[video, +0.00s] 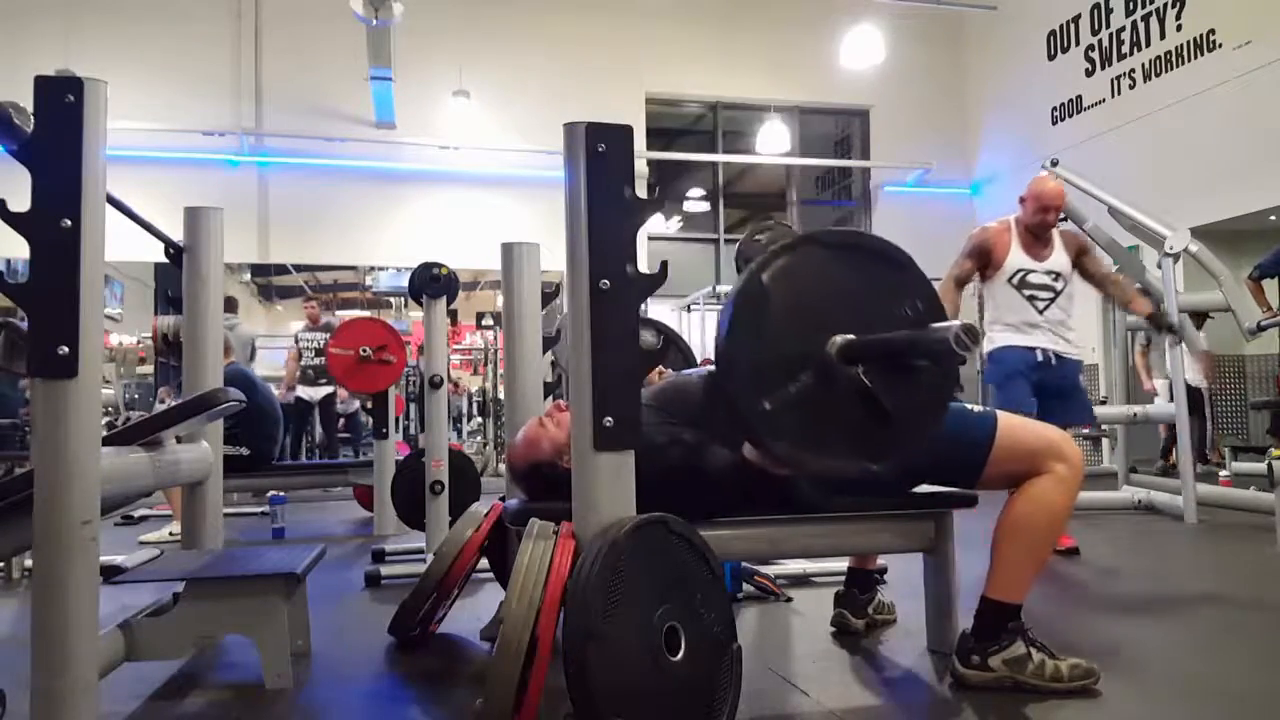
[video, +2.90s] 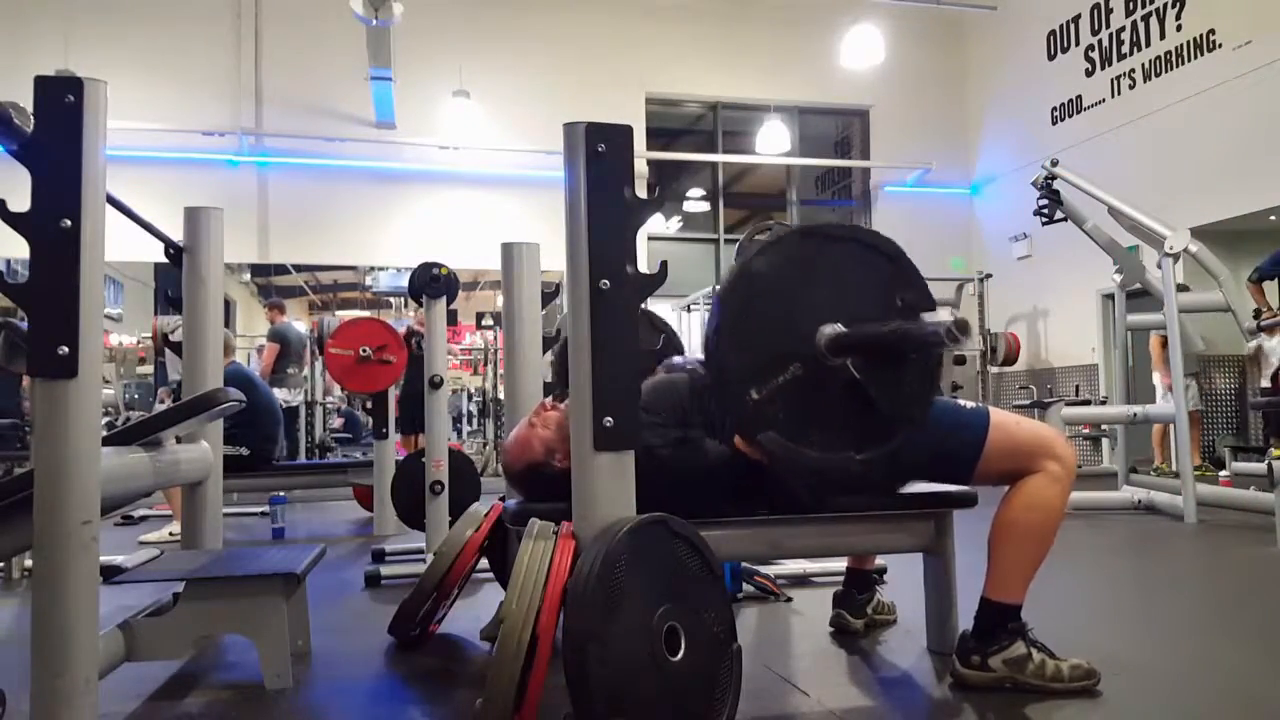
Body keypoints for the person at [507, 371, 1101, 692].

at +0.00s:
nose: (550, 407)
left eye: (539, 414)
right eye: (544, 424)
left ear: (557, 425)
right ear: (562, 454)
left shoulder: (617, 423)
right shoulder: (630, 451)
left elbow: (666, 383)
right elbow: (764, 460)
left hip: (800, 430)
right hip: (842, 441)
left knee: (902, 444)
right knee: (1058, 457)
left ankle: (858, 595)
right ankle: (992, 642)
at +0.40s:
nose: (555, 405)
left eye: (544, 410)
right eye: (548, 421)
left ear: (563, 428)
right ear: (564, 455)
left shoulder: (621, 425)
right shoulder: (630, 458)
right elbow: (757, 462)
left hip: (807, 430)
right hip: (840, 445)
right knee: (1059, 455)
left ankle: (858, 595)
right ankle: (994, 641)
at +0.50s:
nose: (552, 406)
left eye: (542, 413)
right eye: (546, 423)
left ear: (563, 422)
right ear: (564, 453)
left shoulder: (626, 419)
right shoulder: (627, 451)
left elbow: (721, 403)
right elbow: (738, 435)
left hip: (808, 428)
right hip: (843, 438)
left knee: (892, 444)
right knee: (1060, 457)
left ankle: (858, 597)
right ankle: (993, 639)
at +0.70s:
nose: (546, 412)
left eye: (538, 417)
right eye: (540, 428)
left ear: (557, 422)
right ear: (557, 461)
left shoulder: (608, 425)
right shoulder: (607, 451)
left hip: (806, 426)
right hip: (835, 434)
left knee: (921, 435)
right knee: (1053, 456)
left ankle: (858, 596)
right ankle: (992, 640)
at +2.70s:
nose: (544, 409)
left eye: (533, 416)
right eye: (537, 428)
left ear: (553, 437)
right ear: (556, 458)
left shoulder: (612, 427)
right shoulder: (627, 444)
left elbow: (667, 388)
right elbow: (761, 468)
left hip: (797, 441)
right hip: (827, 452)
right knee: (1053, 455)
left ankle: (856, 596)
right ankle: (993, 640)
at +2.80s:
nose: (545, 408)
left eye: (534, 415)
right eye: (538, 426)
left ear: (554, 437)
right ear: (556, 458)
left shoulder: (615, 426)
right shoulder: (629, 445)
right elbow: (762, 464)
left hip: (805, 432)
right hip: (837, 437)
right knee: (1053, 455)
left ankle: (856, 595)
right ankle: (993, 639)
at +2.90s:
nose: (542, 407)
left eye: (531, 416)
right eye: (536, 424)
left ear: (550, 436)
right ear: (553, 453)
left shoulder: (612, 420)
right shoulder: (621, 450)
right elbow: (746, 451)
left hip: (799, 424)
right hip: (832, 433)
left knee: (890, 446)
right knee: (1052, 455)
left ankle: (855, 597)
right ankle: (993, 640)